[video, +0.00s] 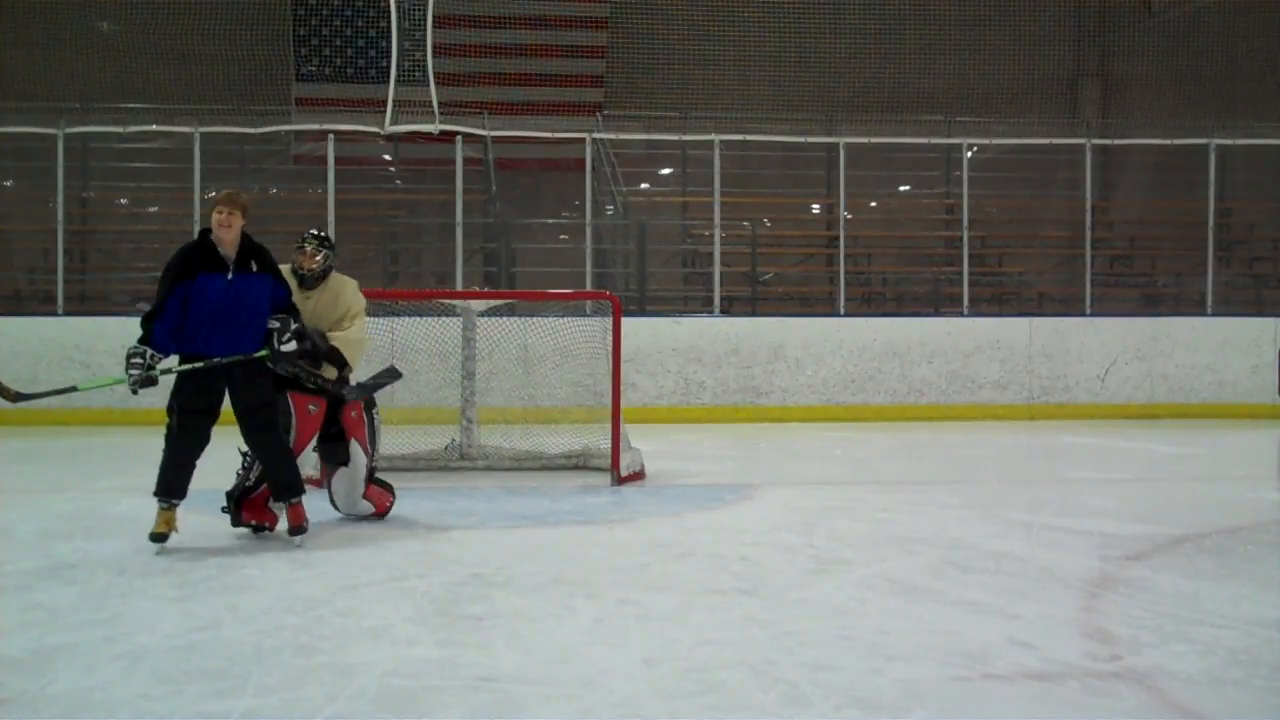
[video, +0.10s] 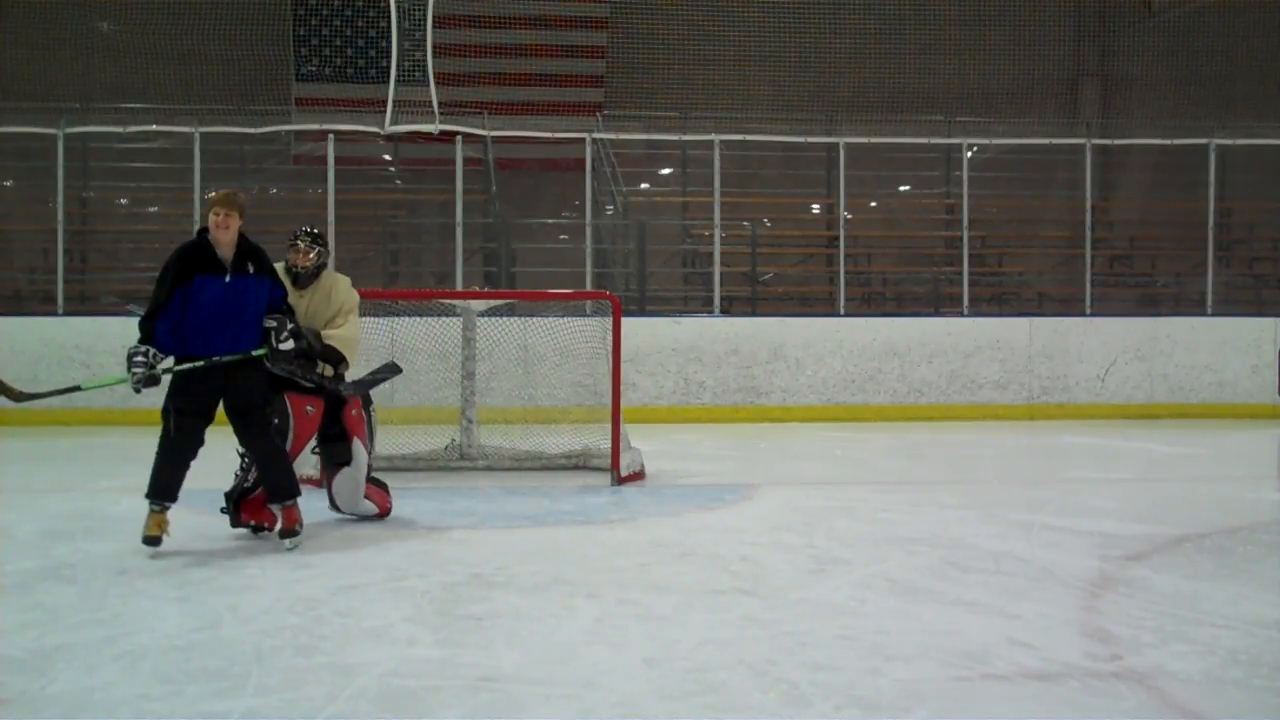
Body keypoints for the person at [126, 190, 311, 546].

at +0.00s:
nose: (224, 219)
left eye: (232, 214)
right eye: (219, 213)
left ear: (243, 221)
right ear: (210, 218)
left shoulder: (259, 259)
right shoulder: (189, 258)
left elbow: (284, 305)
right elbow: (165, 310)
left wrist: (284, 328)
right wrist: (146, 352)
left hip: (250, 360)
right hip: (200, 362)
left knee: (265, 433)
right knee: (186, 434)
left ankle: (292, 501)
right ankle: (166, 507)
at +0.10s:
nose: (221, 221)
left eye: (229, 216)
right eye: (216, 215)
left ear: (240, 222)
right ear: (207, 219)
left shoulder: (255, 259)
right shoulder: (186, 258)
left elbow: (277, 303)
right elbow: (159, 308)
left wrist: (279, 327)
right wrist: (147, 352)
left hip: (245, 364)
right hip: (195, 367)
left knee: (258, 435)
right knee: (179, 437)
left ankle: (288, 506)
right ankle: (158, 511)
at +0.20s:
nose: (219, 221)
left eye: (227, 216)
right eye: (214, 214)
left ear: (239, 222)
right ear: (205, 219)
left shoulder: (253, 261)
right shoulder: (183, 259)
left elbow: (275, 304)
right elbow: (155, 310)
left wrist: (279, 328)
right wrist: (149, 352)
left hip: (241, 366)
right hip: (190, 368)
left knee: (254, 439)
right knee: (175, 440)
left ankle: (284, 508)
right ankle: (151, 514)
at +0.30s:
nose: (219, 221)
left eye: (227, 215)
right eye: (214, 214)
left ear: (240, 221)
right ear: (206, 219)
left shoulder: (254, 261)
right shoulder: (184, 260)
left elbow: (277, 306)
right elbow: (158, 314)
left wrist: (283, 332)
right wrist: (157, 357)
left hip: (242, 369)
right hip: (192, 370)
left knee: (255, 439)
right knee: (177, 443)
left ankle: (282, 509)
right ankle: (151, 517)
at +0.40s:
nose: (224, 223)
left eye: (232, 217)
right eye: (219, 216)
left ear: (245, 222)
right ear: (211, 219)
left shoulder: (259, 259)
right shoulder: (189, 260)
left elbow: (278, 312)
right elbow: (165, 316)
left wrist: (294, 340)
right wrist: (169, 362)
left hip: (248, 369)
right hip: (198, 371)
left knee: (261, 439)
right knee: (184, 443)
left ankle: (279, 512)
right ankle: (159, 521)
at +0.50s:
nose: (232, 223)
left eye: (240, 218)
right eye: (227, 217)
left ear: (253, 222)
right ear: (219, 221)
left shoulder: (267, 261)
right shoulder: (198, 261)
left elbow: (286, 308)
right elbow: (176, 321)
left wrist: (306, 335)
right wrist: (184, 369)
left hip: (255, 371)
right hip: (206, 374)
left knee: (272, 438)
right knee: (195, 448)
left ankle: (283, 513)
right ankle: (171, 527)